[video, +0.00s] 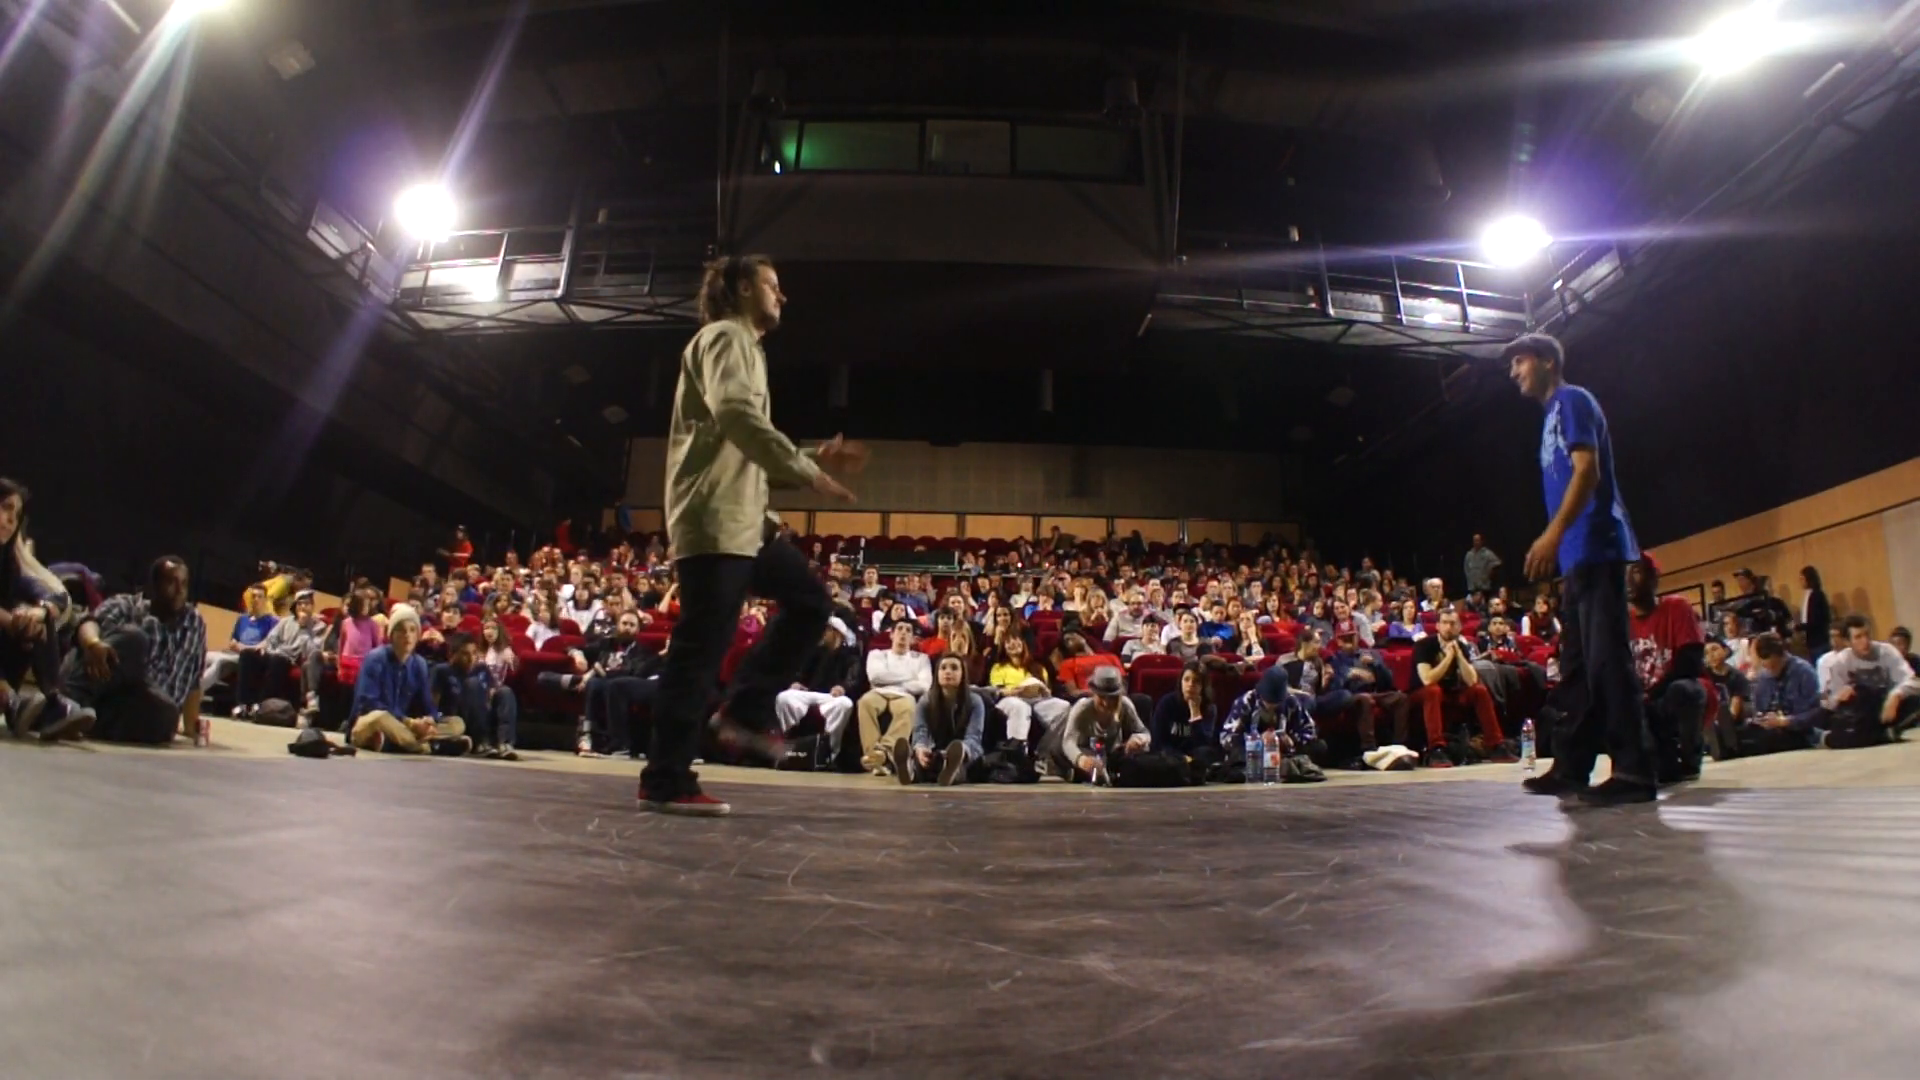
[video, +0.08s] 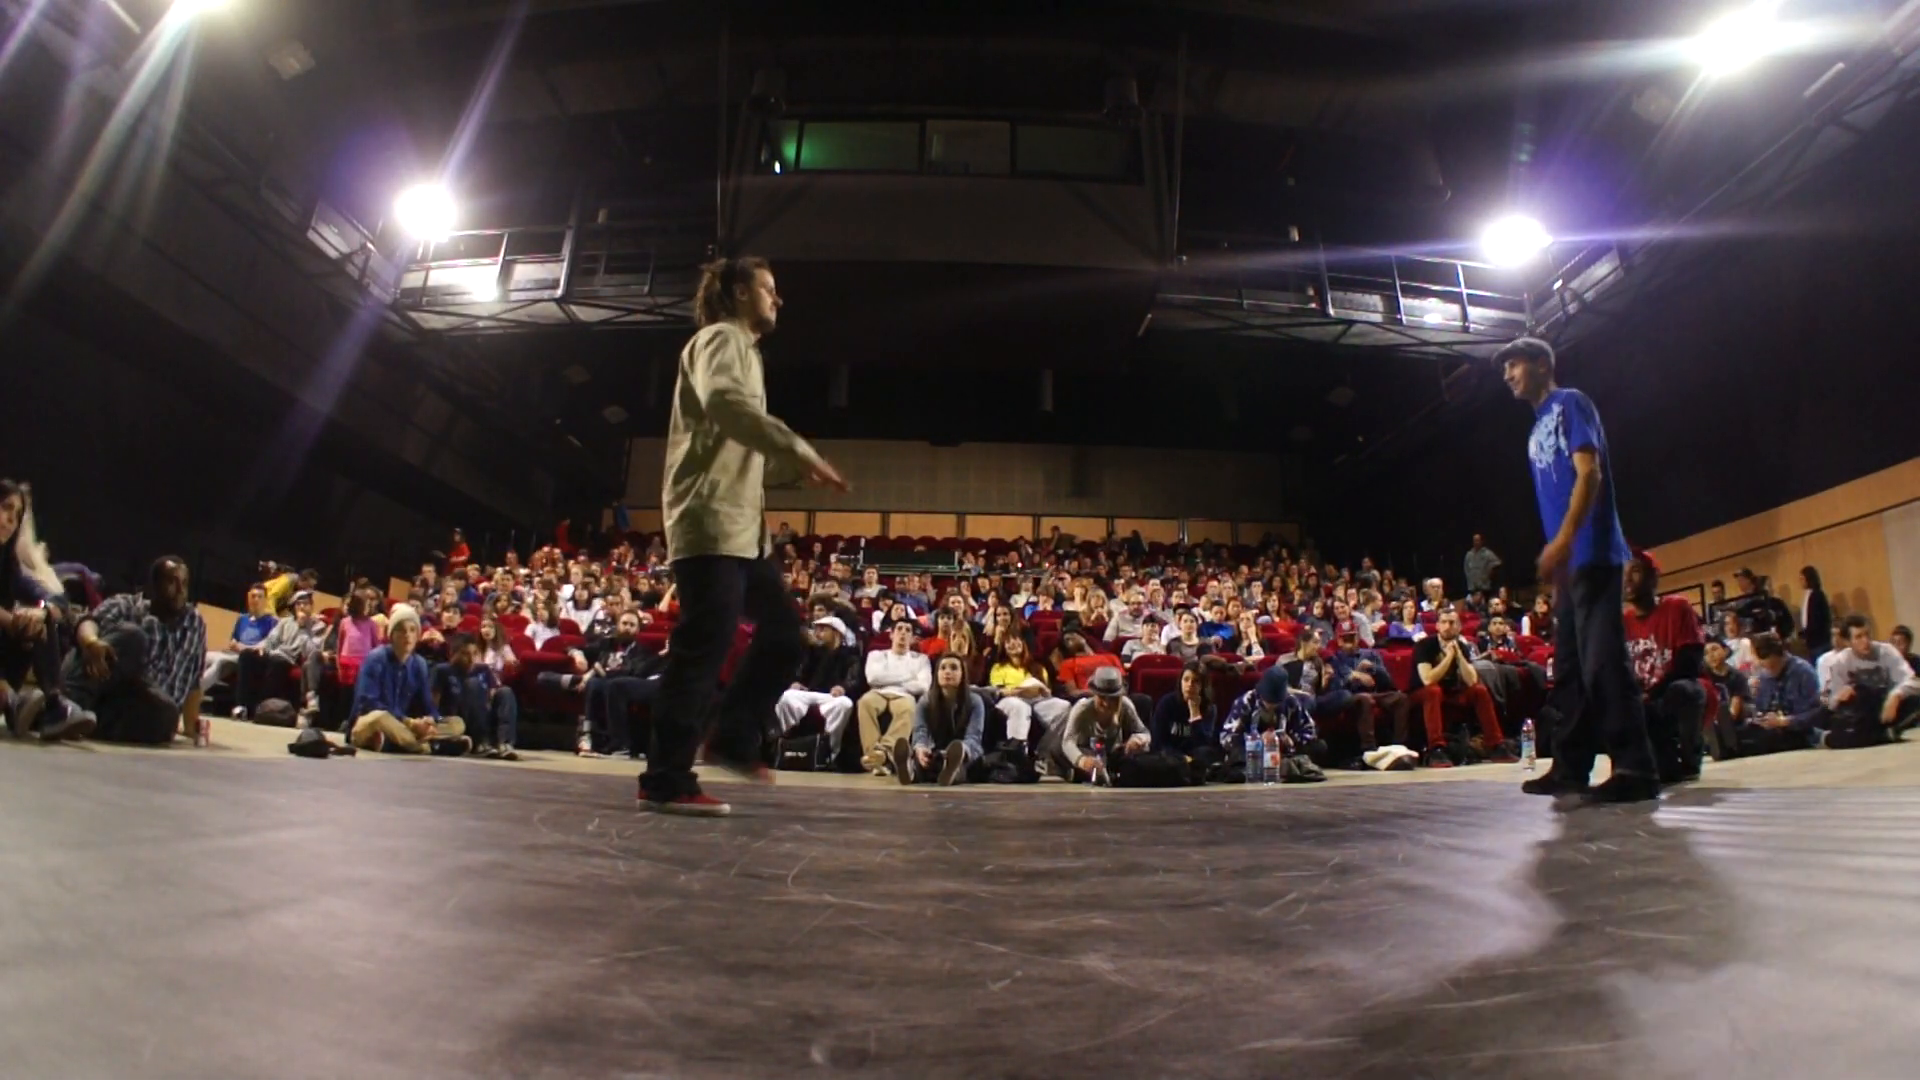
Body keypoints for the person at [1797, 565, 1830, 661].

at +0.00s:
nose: (1801, 582)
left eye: (1802, 578)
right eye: (1801, 579)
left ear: (1809, 579)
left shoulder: (1817, 596)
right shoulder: (1807, 595)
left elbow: (1817, 622)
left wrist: (1801, 627)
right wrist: (1799, 625)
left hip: (1819, 641)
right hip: (1811, 641)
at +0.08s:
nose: (1801, 582)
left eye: (1802, 578)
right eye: (1801, 579)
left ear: (1809, 579)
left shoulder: (1816, 596)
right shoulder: (1807, 595)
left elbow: (1817, 619)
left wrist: (1806, 633)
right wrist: (1804, 630)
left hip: (1818, 641)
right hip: (1811, 640)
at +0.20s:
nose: (1800, 581)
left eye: (1802, 578)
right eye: (1800, 578)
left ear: (1808, 578)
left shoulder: (1817, 596)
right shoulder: (1807, 595)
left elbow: (1818, 619)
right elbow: (1808, 616)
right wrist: (1804, 635)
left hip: (1818, 642)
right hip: (1811, 641)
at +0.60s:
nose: (1799, 581)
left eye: (1801, 578)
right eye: (1799, 578)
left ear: (1807, 579)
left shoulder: (1815, 596)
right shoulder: (1806, 595)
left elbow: (1814, 622)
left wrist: (1810, 646)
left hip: (1816, 645)